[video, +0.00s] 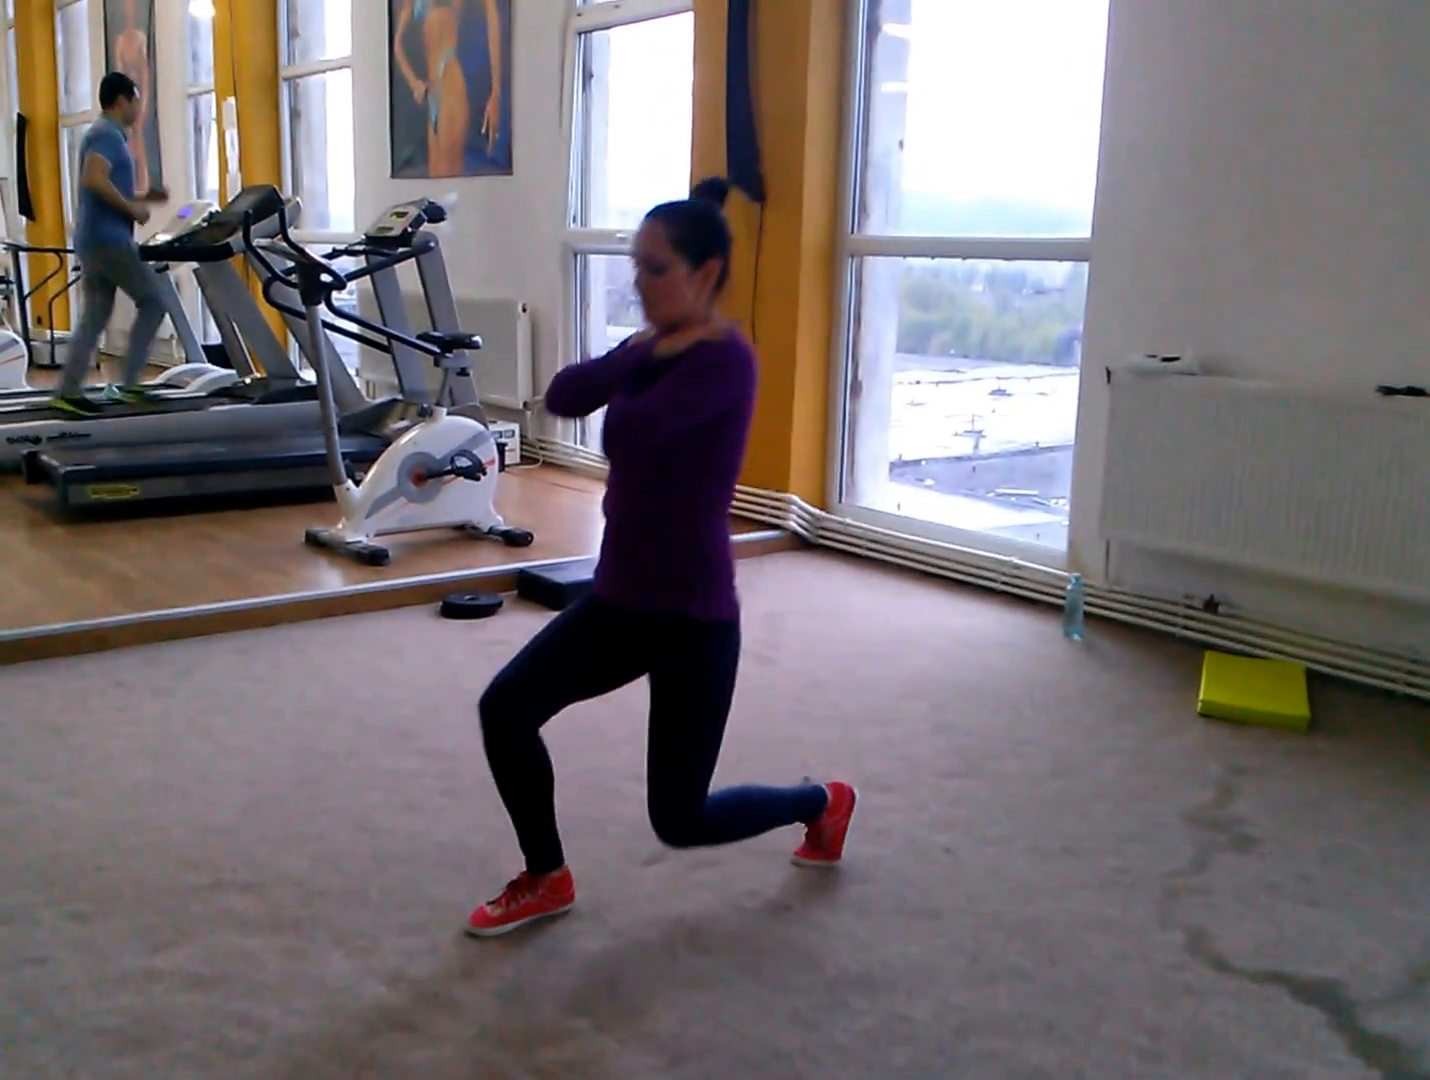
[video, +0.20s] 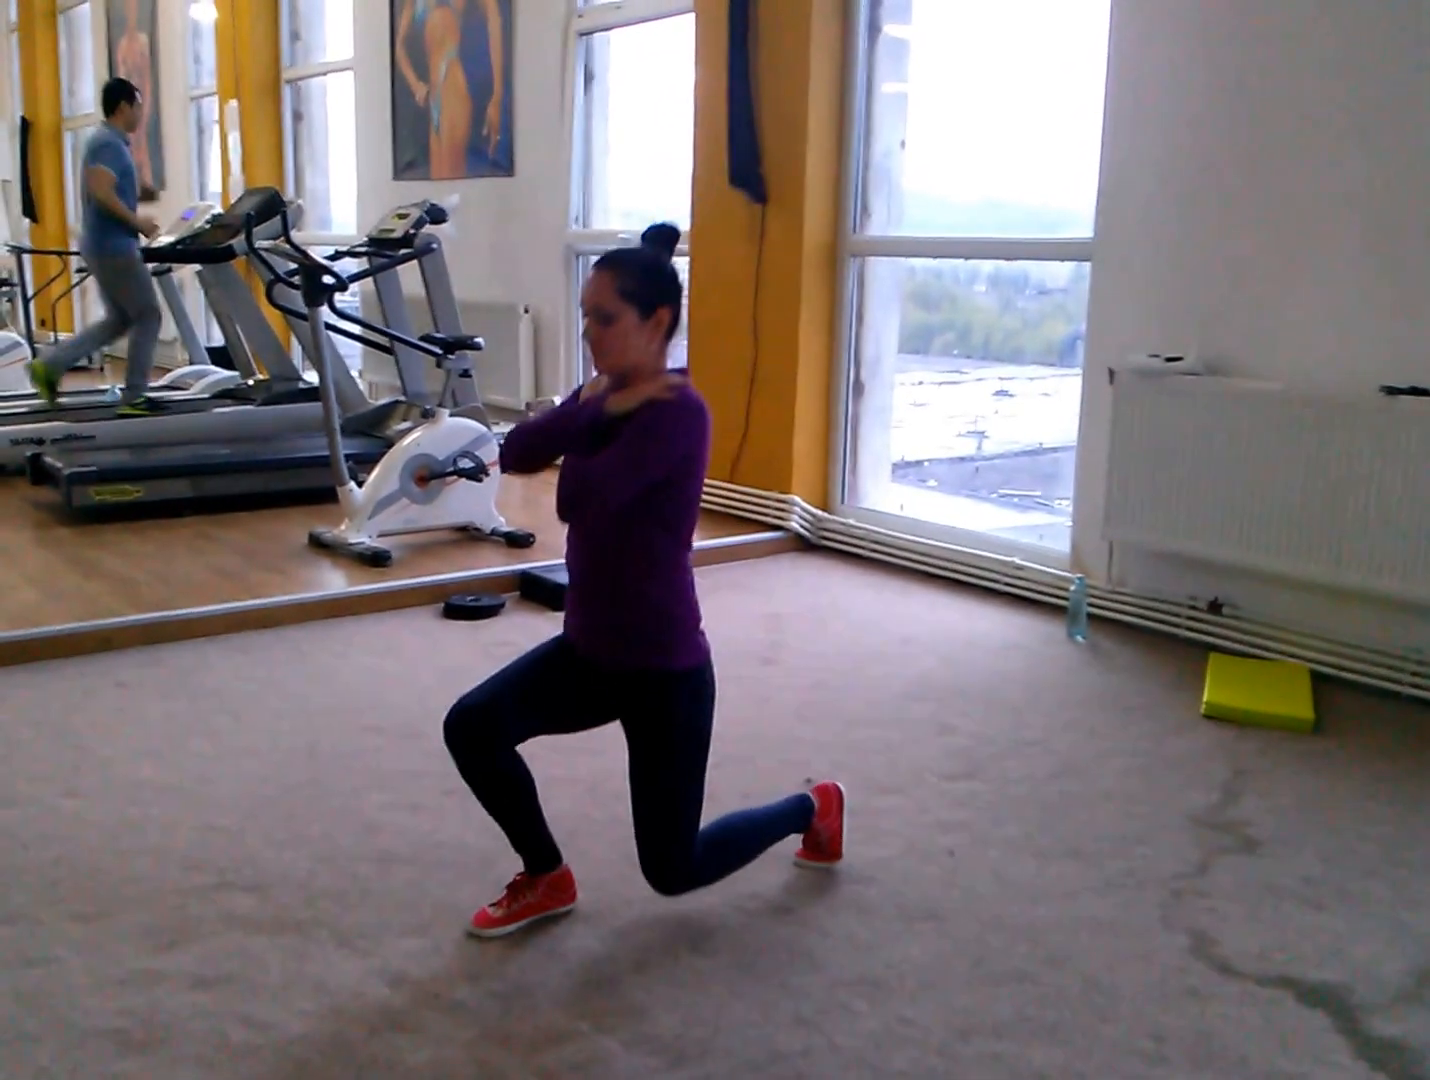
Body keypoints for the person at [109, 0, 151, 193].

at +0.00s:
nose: (129, 11)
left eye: (131, 7)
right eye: (126, 7)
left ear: (135, 10)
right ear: (123, 11)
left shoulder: (140, 38)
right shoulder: (120, 40)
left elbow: (144, 69)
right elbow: (118, 68)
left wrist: (145, 99)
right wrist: (118, 91)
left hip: (140, 93)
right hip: (124, 93)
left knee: (138, 132)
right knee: (127, 134)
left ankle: (142, 178)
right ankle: (129, 177)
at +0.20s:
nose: (131, 12)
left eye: (133, 7)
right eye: (128, 8)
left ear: (137, 11)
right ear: (125, 11)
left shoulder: (143, 41)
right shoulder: (122, 44)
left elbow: (146, 74)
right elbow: (121, 74)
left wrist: (147, 100)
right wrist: (121, 98)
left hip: (143, 94)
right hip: (128, 95)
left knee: (140, 134)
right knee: (131, 136)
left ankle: (146, 179)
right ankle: (135, 179)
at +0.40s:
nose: (134, 14)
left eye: (136, 10)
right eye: (131, 10)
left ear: (140, 13)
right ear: (127, 14)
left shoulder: (144, 42)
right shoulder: (124, 44)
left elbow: (148, 71)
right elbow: (123, 73)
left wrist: (149, 100)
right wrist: (122, 97)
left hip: (144, 95)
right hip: (129, 96)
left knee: (143, 140)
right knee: (131, 140)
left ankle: (148, 182)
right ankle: (134, 180)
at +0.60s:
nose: (135, 16)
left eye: (138, 11)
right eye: (132, 11)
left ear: (142, 15)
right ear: (129, 15)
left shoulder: (146, 43)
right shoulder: (126, 47)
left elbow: (150, 73)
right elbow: (124, 76)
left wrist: (152, 102)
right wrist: (125, 100)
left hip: (147, 96)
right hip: (132, 96)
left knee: (144, 135)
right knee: (133, 136)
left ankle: (149, 179)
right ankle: (134, 179)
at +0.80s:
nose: (135, 19)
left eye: (137, 14)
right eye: (132, 14)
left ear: (141, 17)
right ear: (128, 18)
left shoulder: (147, 44)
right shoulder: (125, 47)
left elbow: (151, 74)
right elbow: (124, 75)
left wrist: (151, 104)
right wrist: (125, 98)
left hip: (146, 93)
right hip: (130, 94)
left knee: (144, 134)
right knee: (133, 135)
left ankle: (150, 174)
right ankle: (134, 178)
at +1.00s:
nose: (135, 21)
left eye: (137, 16)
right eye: (132, 16)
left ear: (141, 19)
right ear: (129, 19)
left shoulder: (147, 45)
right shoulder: (124, 49)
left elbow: (151, 76)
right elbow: (125, 77)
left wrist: (151, 104)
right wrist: (124, 101)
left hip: (146, 97)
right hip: (132, 98)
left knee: (144, 137)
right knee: (135, 139)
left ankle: (149, 179)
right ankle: (135, 180)